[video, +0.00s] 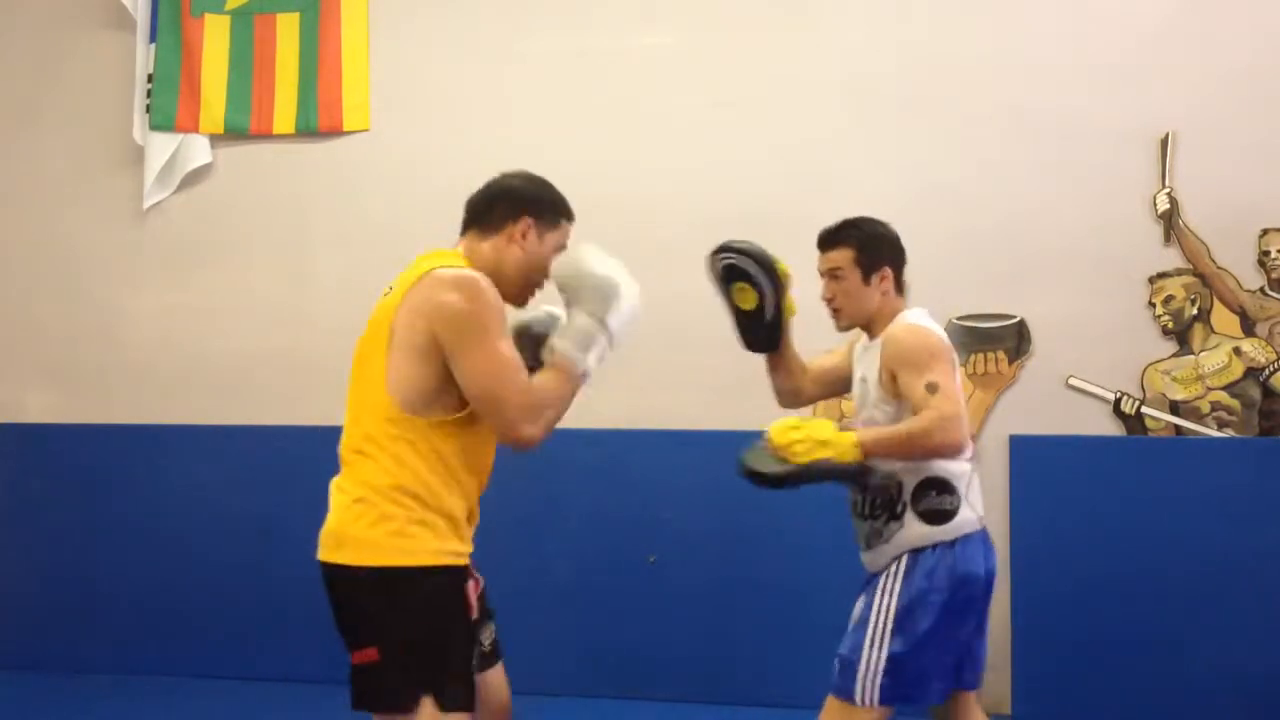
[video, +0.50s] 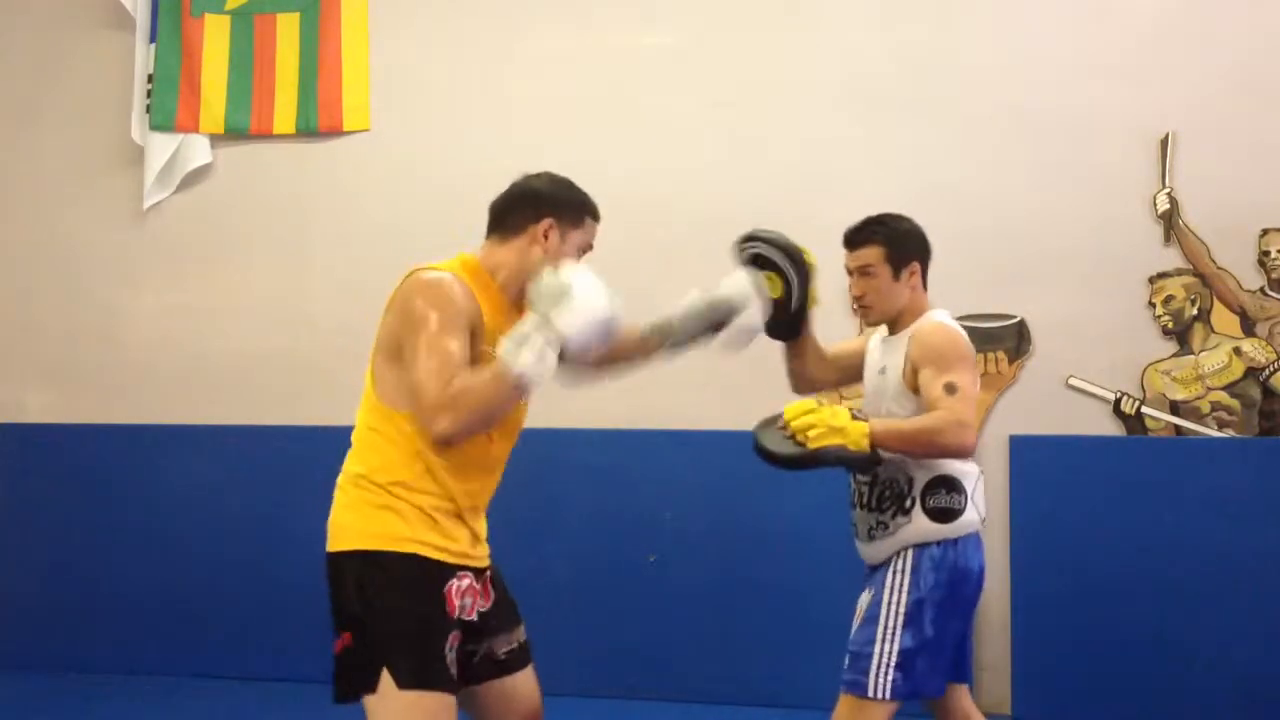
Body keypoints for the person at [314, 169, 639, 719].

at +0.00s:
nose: (551, 271)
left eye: (558, 256)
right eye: (554, 251)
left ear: (514, 230)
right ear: (521, 232)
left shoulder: (429, 280)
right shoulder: (461, 291)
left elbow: (435, 399)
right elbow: (525, 422)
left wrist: (520, 351)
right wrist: (587, 327)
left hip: (424, 551)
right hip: (398, 558)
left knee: (489, 702)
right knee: (429, 711)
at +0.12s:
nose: (542, 308)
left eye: (549, 295)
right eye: (543, 289)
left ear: (510, 254)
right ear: (517, 259)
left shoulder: (443, 298)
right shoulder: (441, 305)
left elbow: (501, 406)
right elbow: (537, 420)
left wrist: (565, 383)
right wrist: (573, 306)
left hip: (428, 569)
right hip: (385, 578)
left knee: (514, 707)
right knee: (425, 710)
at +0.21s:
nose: (538, 298)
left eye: (546, 286)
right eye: (541, 281)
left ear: (514, 254)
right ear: (515, 255)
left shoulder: (456, 309)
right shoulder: (430, 309)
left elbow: (507, 417)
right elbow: (522, 425)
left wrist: (561, 383)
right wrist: (562, 315)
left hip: (443, 566)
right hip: (390, 576)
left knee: (532, 702)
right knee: (426, 710)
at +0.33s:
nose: (568, 251)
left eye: (572, 237)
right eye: (569, 233)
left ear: (531, 224)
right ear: (536, 221)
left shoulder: (496, 302)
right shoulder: (424, 283)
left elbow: (540, 363)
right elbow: (480, 400)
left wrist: (628, 330)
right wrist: (555, 301)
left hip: (459, 543)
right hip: (387, 547)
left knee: (526, 702)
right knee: (407, 708)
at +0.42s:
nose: (578, 254)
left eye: (581, 243)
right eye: (575, 240)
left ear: (534, 228)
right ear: (540, 225)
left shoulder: (512, 299)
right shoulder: (432, 285)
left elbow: (619, 313)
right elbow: (465, 394)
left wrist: (708, 296)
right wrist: (549, 302)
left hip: (453, 539)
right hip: (384, 538)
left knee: (514, 704)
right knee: (412, 707)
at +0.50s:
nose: (580, 267)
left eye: (586, 256)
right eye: (580, 252)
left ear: (542, 235)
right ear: (543, 234)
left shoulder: (516, 307)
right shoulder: (437, 292)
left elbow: (591, 352)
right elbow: (443, 414)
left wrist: (691, 322)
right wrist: (542, 337)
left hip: (459, 539)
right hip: (390, 538)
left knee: (516, 703)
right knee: (416, 707)